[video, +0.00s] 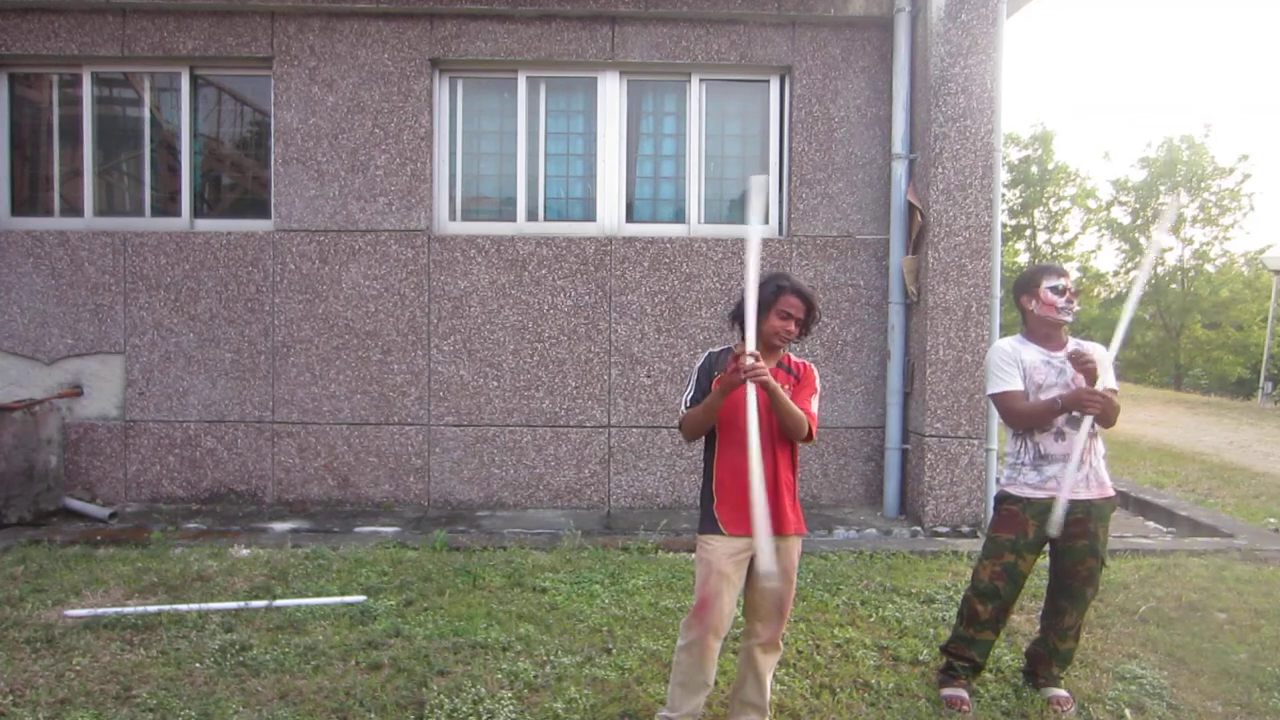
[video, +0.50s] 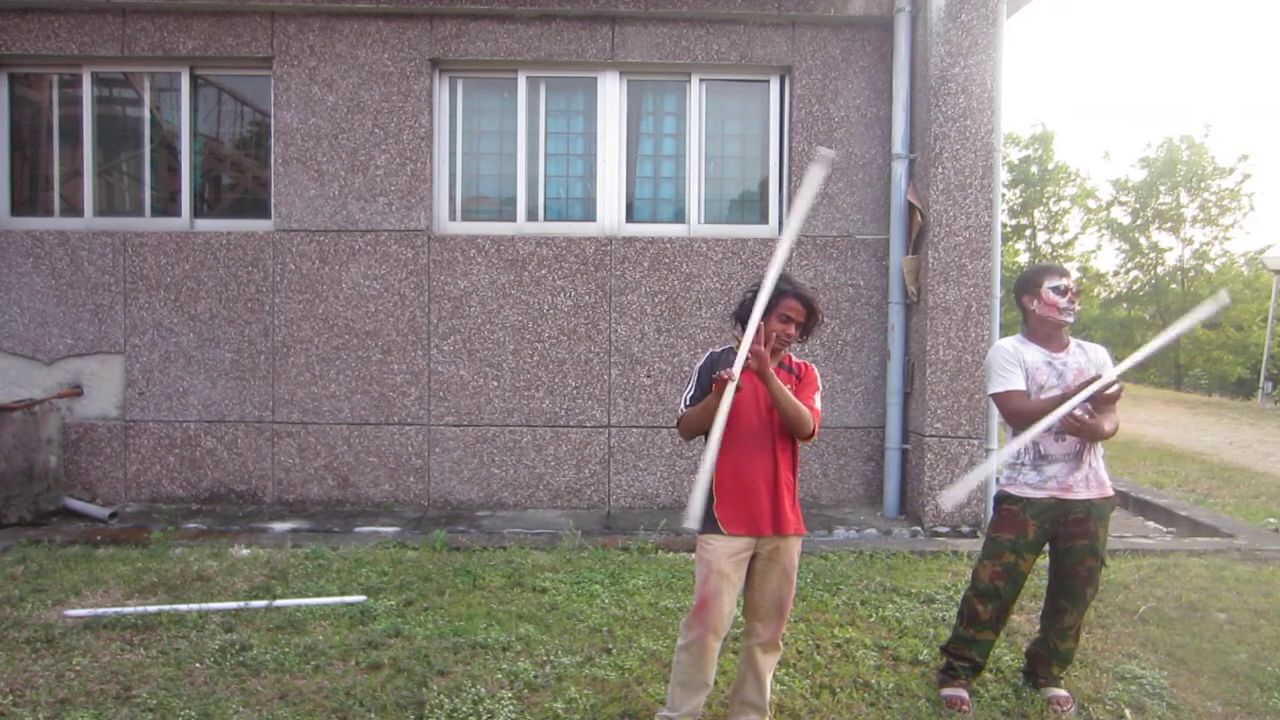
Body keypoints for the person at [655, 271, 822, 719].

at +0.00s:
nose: (791, 327)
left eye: (799, 321)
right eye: (783, 315)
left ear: (802, 327)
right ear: (756, 312)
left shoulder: (802, 372)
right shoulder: (718, 362)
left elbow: (803, 432)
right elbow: (689, 429)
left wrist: (771, 385)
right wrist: (722, 390)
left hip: (782, 520)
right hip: (725, 518)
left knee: (767, 635)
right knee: (707, 622)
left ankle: (749, 714)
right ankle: (678, 714)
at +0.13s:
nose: (791, 329)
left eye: (798, 323)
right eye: (783, 317)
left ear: (802, 328)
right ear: (755, 314)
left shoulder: (802, 373)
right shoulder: (717, 363)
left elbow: (803, 433)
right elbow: (685, 427)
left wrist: (771, 381)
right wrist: (719, 385)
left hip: (783, 520)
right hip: (725, 519)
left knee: (767, 635)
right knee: (707, 623)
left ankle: (750, 715)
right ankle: (678, 714)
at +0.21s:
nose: (791, 330)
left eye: (798, 324)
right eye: (783, 318)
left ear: (802, 329)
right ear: (756, 314)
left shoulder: (802, 372)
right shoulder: (717, 363)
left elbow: (806, 432)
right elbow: (683, 426)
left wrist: (770, 381)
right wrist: (716, 389)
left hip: (782, 520)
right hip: (725, 519)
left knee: (767, 634)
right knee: (707, 623)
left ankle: (750, 714)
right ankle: (678, 714)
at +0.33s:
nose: (790, 330)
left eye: (799, 324)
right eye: (783, 318)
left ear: (803, 328)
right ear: (756, 315)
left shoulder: (803, 372)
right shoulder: (718, 362)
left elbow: (807, 429)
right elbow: (685, 427)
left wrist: (769, 376)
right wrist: (720, 389)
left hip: (782, 520)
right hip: (725, 520)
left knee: (767, 634)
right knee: (707, 624)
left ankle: (750, 715)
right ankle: (678, 714)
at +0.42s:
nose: (790, 330)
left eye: (798, 324)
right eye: (784, 318)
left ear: (802, 331)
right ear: (755, 316)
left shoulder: (803, 372)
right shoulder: (719, 362)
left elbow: (807, 429)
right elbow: (687, 428)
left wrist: (769, 374)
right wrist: (718, 390)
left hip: (782, 521)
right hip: (725, 520)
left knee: (767, 635)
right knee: (707, 624)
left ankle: (750, 715)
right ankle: (678, 714)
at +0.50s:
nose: (789, 330)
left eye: (797, 324)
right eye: (782, 318)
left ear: (802, 330)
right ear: (756, 316)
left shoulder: (803, 372)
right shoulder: (719, 362)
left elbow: (806, 429)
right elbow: (686, 428)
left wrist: (768, 373)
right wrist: (719, 395)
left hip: (782, 520)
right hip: (725, 519)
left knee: (767, 634)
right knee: (707, 623)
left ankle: (750, 714)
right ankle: (678, 714)